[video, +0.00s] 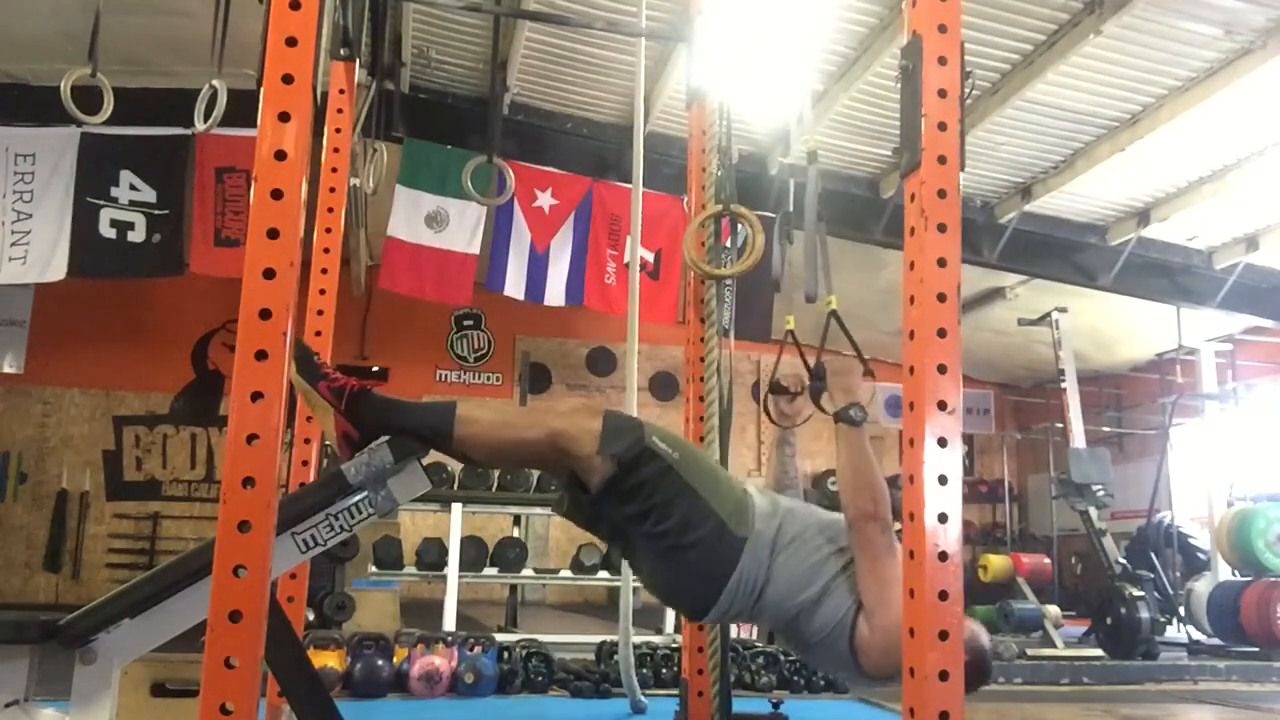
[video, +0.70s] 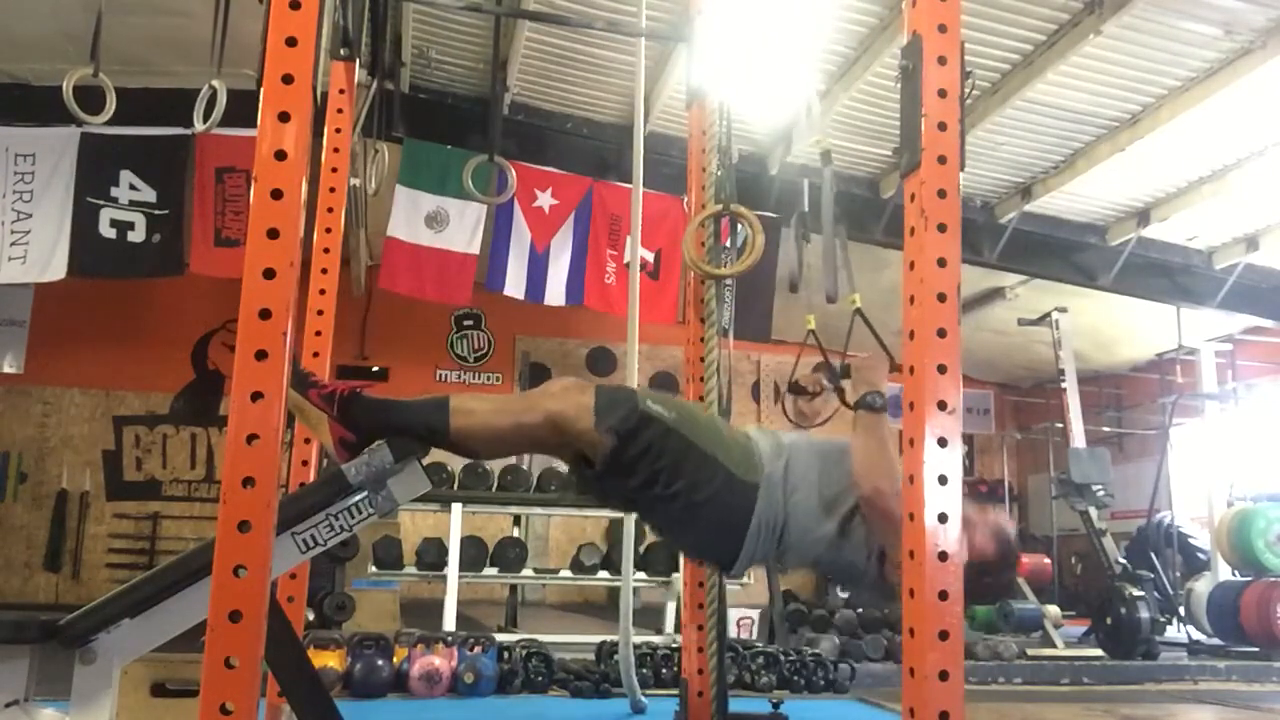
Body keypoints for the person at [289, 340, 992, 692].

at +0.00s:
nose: (947, 610)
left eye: (953, 629)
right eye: (957, 617)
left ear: (939, 659)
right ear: (942, 629)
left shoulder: (897, 649)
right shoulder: (890, 615)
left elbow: (876, 517)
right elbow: (871, 513)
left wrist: (852, 415)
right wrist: (844, 412)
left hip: (731, 554)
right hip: (734, 521)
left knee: (590, 432)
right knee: (576, 426)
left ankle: (382, 415)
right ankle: (390, 415)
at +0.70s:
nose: (970, 515)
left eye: (980, 528)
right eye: (982, 515)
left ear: (965, 559)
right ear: (969, 526)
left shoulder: (916, 559)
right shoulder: (910, 543)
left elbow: (872, 462)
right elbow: (865, 439)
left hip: (746, 494)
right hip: (739, 485)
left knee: (571, 410)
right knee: (562, 413)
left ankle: (366, 413)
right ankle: (376, 419)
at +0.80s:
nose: (986, 467)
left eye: (995, 478)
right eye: (991, 463)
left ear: (989, 508)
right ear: (978, 460)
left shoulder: (939, 528)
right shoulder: (930, 469)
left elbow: (887, 486)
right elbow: (876, 464)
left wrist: (917, 408)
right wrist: (883, 398)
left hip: (754, 468)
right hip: (745, 454)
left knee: (570, 407)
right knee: (560, 407)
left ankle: (365, 414)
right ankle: (373, 416)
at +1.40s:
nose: (926, 448)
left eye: (937, 463)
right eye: (934, 449)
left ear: (933, 495)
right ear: (922, 457)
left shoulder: (887, 511)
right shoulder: (875, 462)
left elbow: (844, 477)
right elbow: (832, 427)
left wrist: (843, 396)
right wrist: (842, 382)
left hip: (709, 434)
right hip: (702, 414)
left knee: (538, 327)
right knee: (528, 353)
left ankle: (360, 415)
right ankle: (370, 416)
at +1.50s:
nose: (912, 420)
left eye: (921, 429)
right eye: (921, 421)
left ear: (926, 459)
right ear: (922, 436)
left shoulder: (879, 495)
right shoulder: (865, 442)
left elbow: (810, 476)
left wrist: (813, 390)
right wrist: (813, 371)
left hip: (680, 425)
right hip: (677, 404)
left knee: (507, 312)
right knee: (501, 320)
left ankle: (342, 424)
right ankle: (348, 410)